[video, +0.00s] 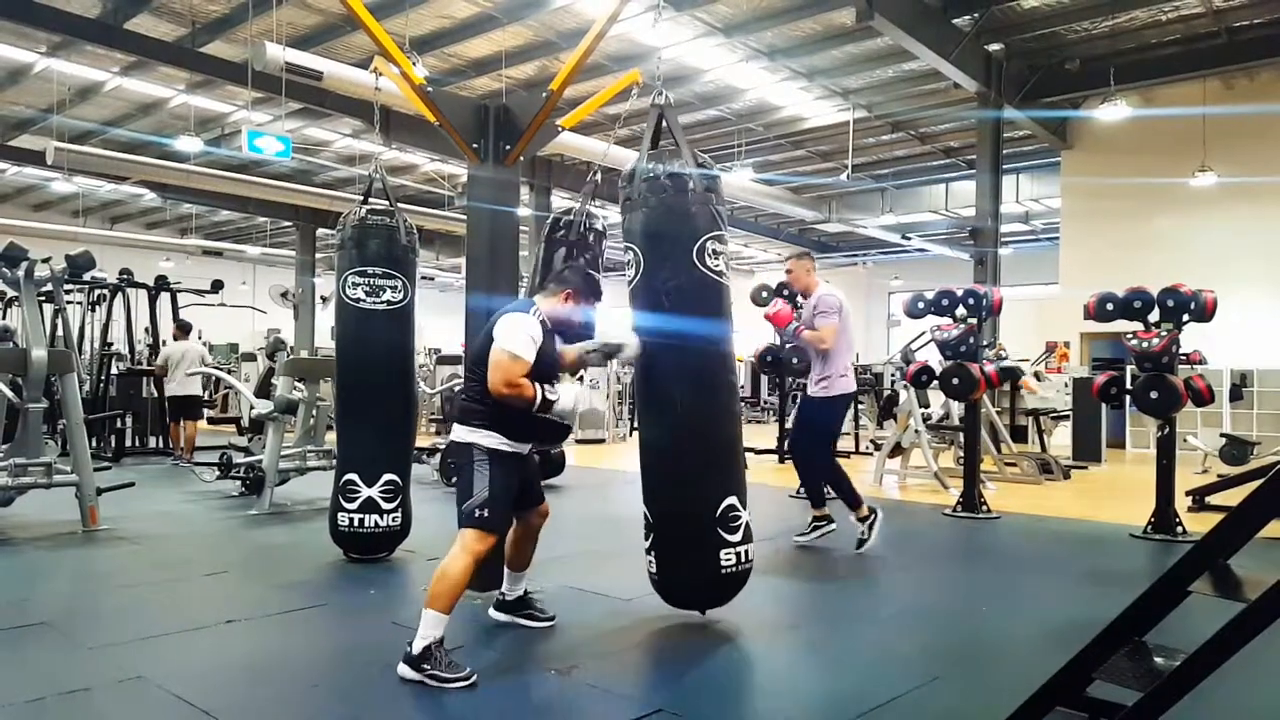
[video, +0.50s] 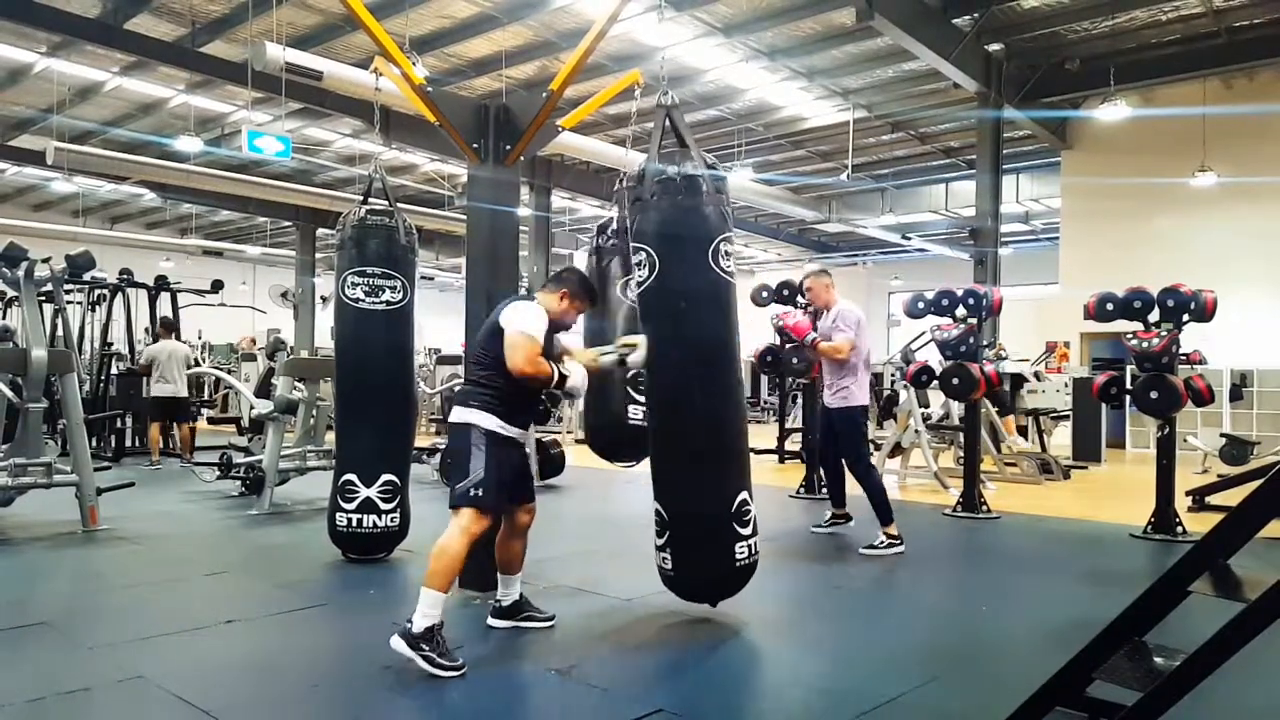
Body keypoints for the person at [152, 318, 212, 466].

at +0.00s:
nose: (173, 331)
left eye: (174, 329)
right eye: (174, 329)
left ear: (176, 331)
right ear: (189, 333)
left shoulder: (167, 349)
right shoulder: (199, 348)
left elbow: (158, 371)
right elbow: (210, 365)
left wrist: (172, 371)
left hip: (174, 392)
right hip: (194, 392)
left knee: (174, 422)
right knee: (190, 424)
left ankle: (177, 453)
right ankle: (187, 456)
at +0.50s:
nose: (158, 331)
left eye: (159, 329)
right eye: (159, 329)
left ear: (160, 330)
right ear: (173, 331)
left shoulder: (152, 349)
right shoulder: (184, 348)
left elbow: (142, 368)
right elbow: (190, 364)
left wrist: (157, 370)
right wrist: (176, 368)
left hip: (159, 393)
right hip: (180, 393)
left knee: (155, 424)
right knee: (183, 425)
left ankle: (155, 459)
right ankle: (186, 457)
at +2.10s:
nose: (183, 334)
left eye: (184, 332)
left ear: (184, 333)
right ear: (199, 335)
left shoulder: (172, 349)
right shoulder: (204, 351)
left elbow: (163, 366)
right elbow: (212, 369)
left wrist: (172, 374)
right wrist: (205, 382)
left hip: (176, 392)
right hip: (195, 392)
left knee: (178, 424)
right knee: (188, 424)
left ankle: (189, 453)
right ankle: (178, 456)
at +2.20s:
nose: (195, 337)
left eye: (188, 333)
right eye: (198, 334)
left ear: (186, 333)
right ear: (200, 334)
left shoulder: (175, 350)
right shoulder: (206, 351)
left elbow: (165, 367)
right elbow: (214, 368)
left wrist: (176, 375)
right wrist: (207, 380)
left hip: (180, 391)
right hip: (198, 391)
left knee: (184, 423)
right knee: (191, 424)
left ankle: (192, 452)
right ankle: (179, 455)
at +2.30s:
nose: (195, 335)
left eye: (188, 332)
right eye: (198, 333)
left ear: (186, 333)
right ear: (201, 333)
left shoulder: (175, 351)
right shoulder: (207, 350)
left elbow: (168, 370)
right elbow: (215, 368)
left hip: (184, 392)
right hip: (202, 391)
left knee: (187, 424)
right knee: (198, 422)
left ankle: (194, 452)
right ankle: (184, 451)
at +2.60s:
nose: (199, 335)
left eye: (194, 333)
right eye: (203, 333)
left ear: (191, 333)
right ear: (206, 333)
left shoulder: (182, 352)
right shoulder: (213, 349)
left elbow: (177, 374)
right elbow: (221, 370)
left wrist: (180, 392)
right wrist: (221, 388)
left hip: (190, 393)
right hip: (210, 392)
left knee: (193, 423)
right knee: (216, 423)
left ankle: (195, 452)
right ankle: (212, 448)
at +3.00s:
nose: (210, 337)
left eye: (209, 334)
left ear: (209, 335)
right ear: (222, 335)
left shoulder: (199, 351)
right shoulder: (229, 351)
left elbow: (193, 369)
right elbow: (236, 370)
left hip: (205, 392)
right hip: (224, 392)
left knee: (202, 421)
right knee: (226, 424)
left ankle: (199, 448)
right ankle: (224, 450)